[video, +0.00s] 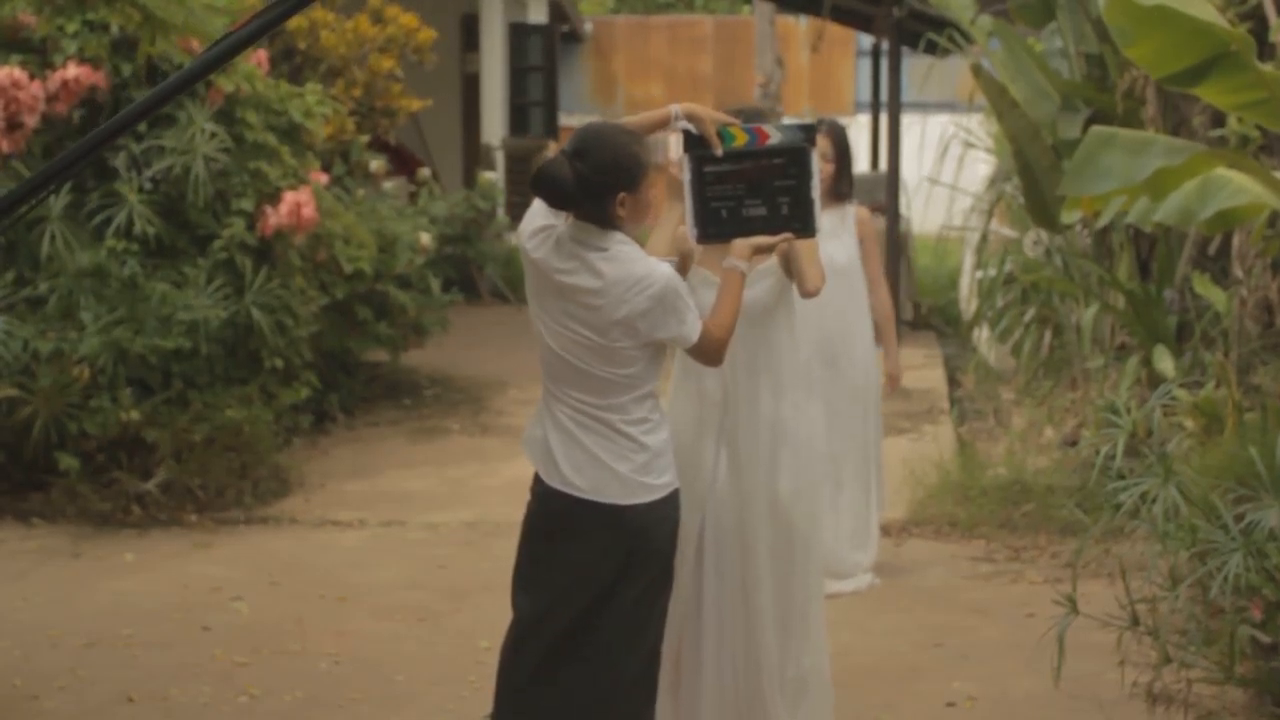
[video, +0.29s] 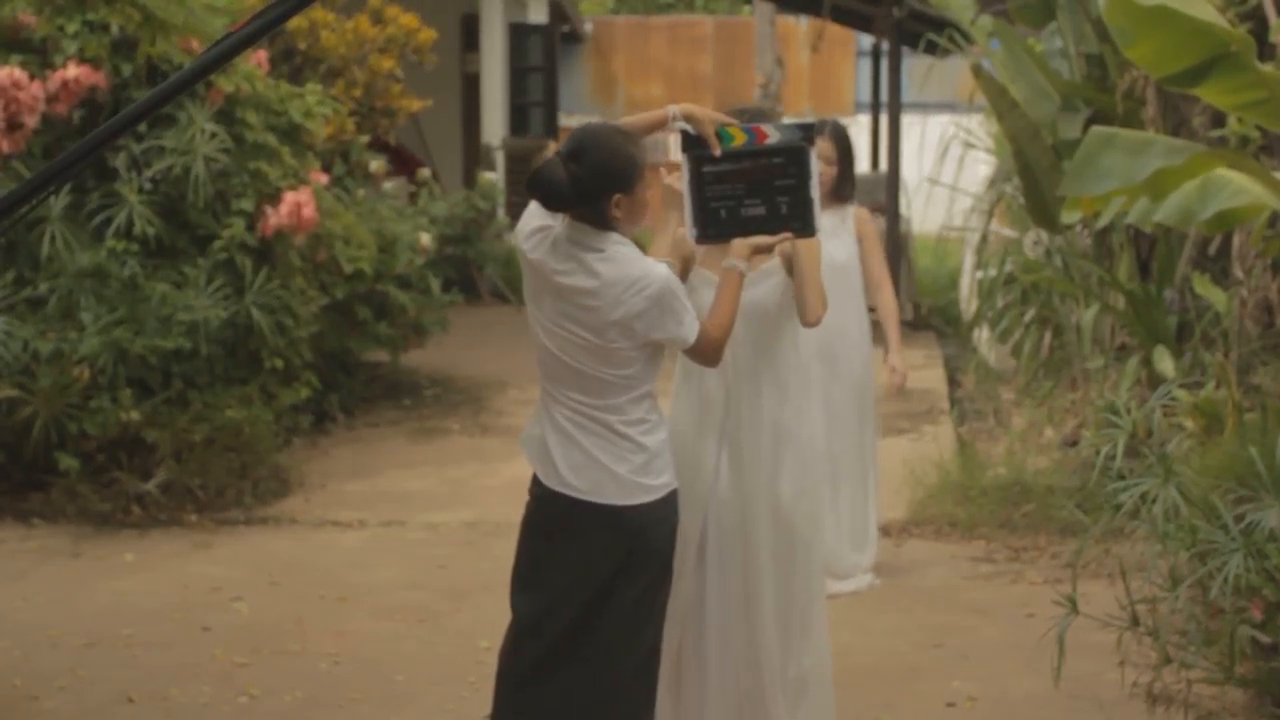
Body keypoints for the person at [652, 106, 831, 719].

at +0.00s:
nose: (745, 169)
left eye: (760, 156)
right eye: (732, 155)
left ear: (780, 165)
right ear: (710, 164)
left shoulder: (787, 228)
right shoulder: (692, 226)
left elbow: (811, 284)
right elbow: (662, 296)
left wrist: (790, 198)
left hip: (771, 422)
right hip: (698, 427)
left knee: (769, 575)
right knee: (699, 578)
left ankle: (772, 703)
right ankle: (696, 706)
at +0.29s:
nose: (745, 173)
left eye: (760, 158)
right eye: (732, 158)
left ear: (781, 167)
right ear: (713, 168)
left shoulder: (794, 235)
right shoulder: (696, 235)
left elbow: (812, 313)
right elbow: (658, 311)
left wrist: (797, 224)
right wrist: (677, 228)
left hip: (773, 433)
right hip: (701, 437)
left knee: (770, 585)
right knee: (700, 587)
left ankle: (773, 705)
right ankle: (697, 706)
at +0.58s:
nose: (757, 167)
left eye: (770, 154)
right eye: (746, 153)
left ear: (787, 163)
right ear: (724, 160)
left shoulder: (798, 226)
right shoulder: (704, 217)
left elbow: (809, 296)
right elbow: (665, 295)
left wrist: (788, 208)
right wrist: (703, 226)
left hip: (776, 417)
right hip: (706, 421)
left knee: (772, 569)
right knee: (704, 570)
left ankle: (773, 703)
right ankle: (700, 704)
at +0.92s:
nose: (753, 168)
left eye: (765, 155)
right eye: (742, 154)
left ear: (785, 162)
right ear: (722, 160)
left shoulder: (798, 226)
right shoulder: (704, 216)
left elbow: (805, 299)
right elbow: (654, 280)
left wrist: (786, 211)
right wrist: (698, 211)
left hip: (774, 420)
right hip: (704, 423)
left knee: (771, 571)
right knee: (703, 572)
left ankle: (773, 704)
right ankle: (699, 704)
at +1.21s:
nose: (754, 170)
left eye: (766, 157)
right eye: (742, 155)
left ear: (787, 163)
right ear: (722, 160)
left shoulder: (798, 227)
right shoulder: (705, 220)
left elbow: (805, 302)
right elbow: (659, 281)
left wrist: (783, 216)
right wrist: (694, 208)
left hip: (774, 422)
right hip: (705, 424)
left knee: (771, 575)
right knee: (703, 575)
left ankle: (773, 704)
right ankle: (700, 705)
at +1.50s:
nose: (752, 166)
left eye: (765, 154)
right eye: (741, 149)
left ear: (786, 162)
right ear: (722, 153)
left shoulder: (796, 220)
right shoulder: (702, 207)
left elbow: (805, 299)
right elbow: (655, 273)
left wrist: (783, 207)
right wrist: (689, 187)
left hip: (772, 420)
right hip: (703, 421)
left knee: (770, 573)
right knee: (702, 573)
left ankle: (772, 704)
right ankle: (700, 705)